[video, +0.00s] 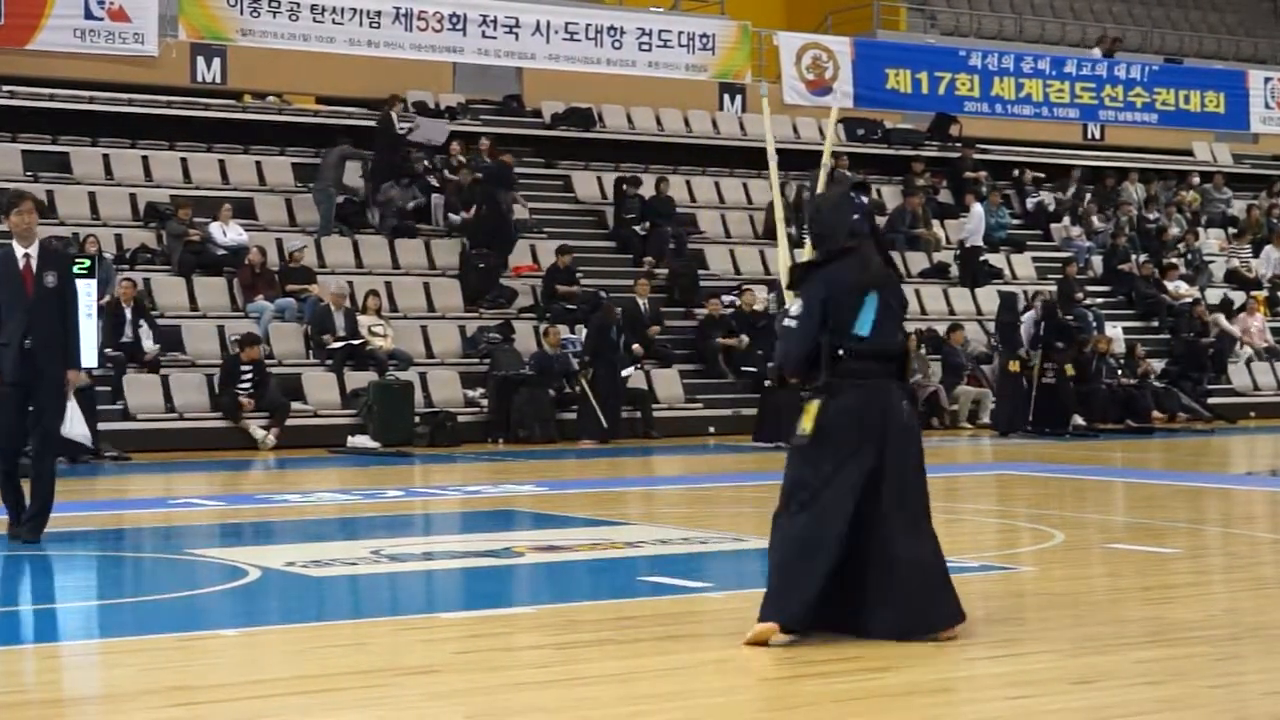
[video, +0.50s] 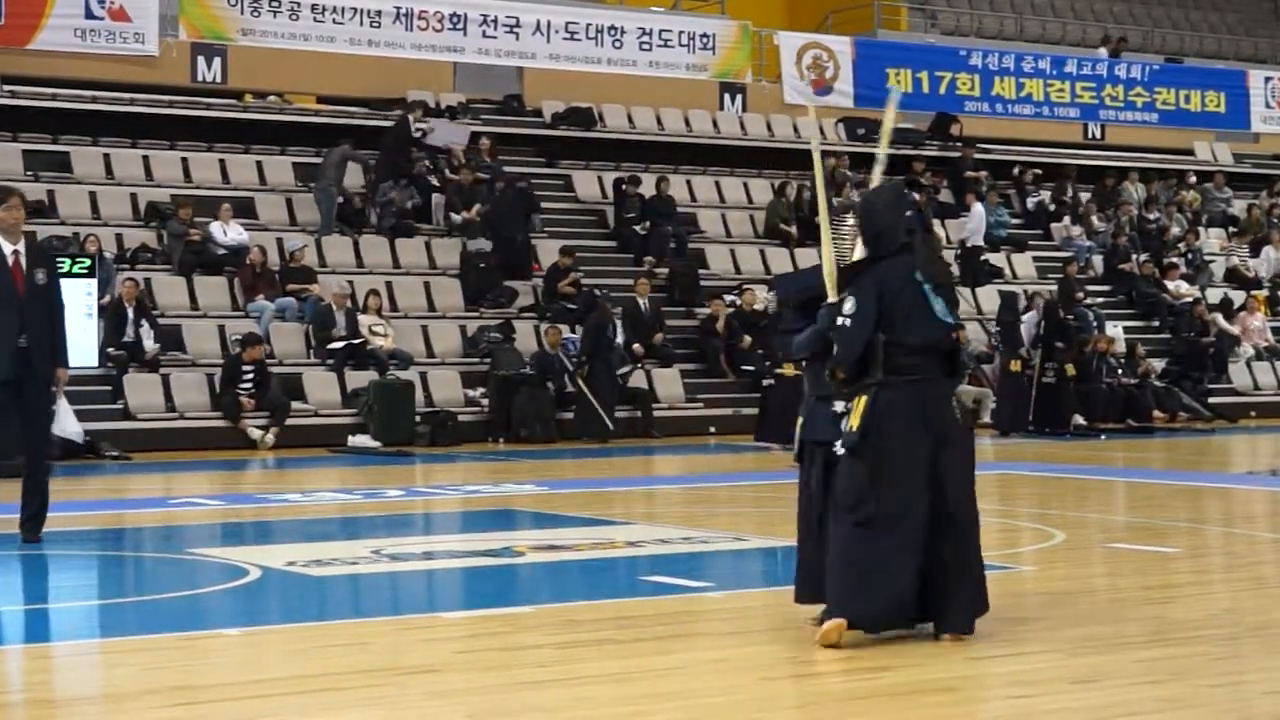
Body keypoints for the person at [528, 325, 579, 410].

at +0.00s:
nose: (558, 337)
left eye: (559, 334)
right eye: (554, 335)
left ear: (561, 335)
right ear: (546, 338)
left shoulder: (564, 356)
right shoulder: (536, 357)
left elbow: (571, 374)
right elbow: (533, 379)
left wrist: (575, 386)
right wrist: (546, 390)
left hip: (563, 392)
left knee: (584, 397)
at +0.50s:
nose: (556, 338)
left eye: (558, 335)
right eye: (552, 335)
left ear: (561, 337)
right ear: (546, 338)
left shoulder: (564, 355)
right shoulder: (537, 357)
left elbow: (572, 371)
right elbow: (537, 378)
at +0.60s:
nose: (554, 339)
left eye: (556, 335)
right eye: (551, 336)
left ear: (560, 337)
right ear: (545, 338)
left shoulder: (565, 354)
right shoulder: (537, 357)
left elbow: (572, 372)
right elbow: (535, 379)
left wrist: (576, 386)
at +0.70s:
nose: (554, 339)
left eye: (556, 335)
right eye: (551, 336)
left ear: (560, 337)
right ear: (545, 338)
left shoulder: (564, 354)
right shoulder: (537, 357)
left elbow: (571, 372)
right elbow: (538, 379)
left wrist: (576, 387)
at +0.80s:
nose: (553, 339)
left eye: (556, 335)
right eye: (550, 335)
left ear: (561, 337)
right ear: (546, 338)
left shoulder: (566, 355)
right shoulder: (537, 356)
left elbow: (571, 375)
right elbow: (534, 379)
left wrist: (577, 389)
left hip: (563, 392)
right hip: (544, 394)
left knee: (580, 398)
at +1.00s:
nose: (554, 338)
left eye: (556, 334)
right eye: (550, 335)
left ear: (559, 336)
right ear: (545, 339)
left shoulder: (565, 354)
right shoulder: (537, 357)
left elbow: (570, 372)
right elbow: (536, 378)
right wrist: (548, 389)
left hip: (563, 391)